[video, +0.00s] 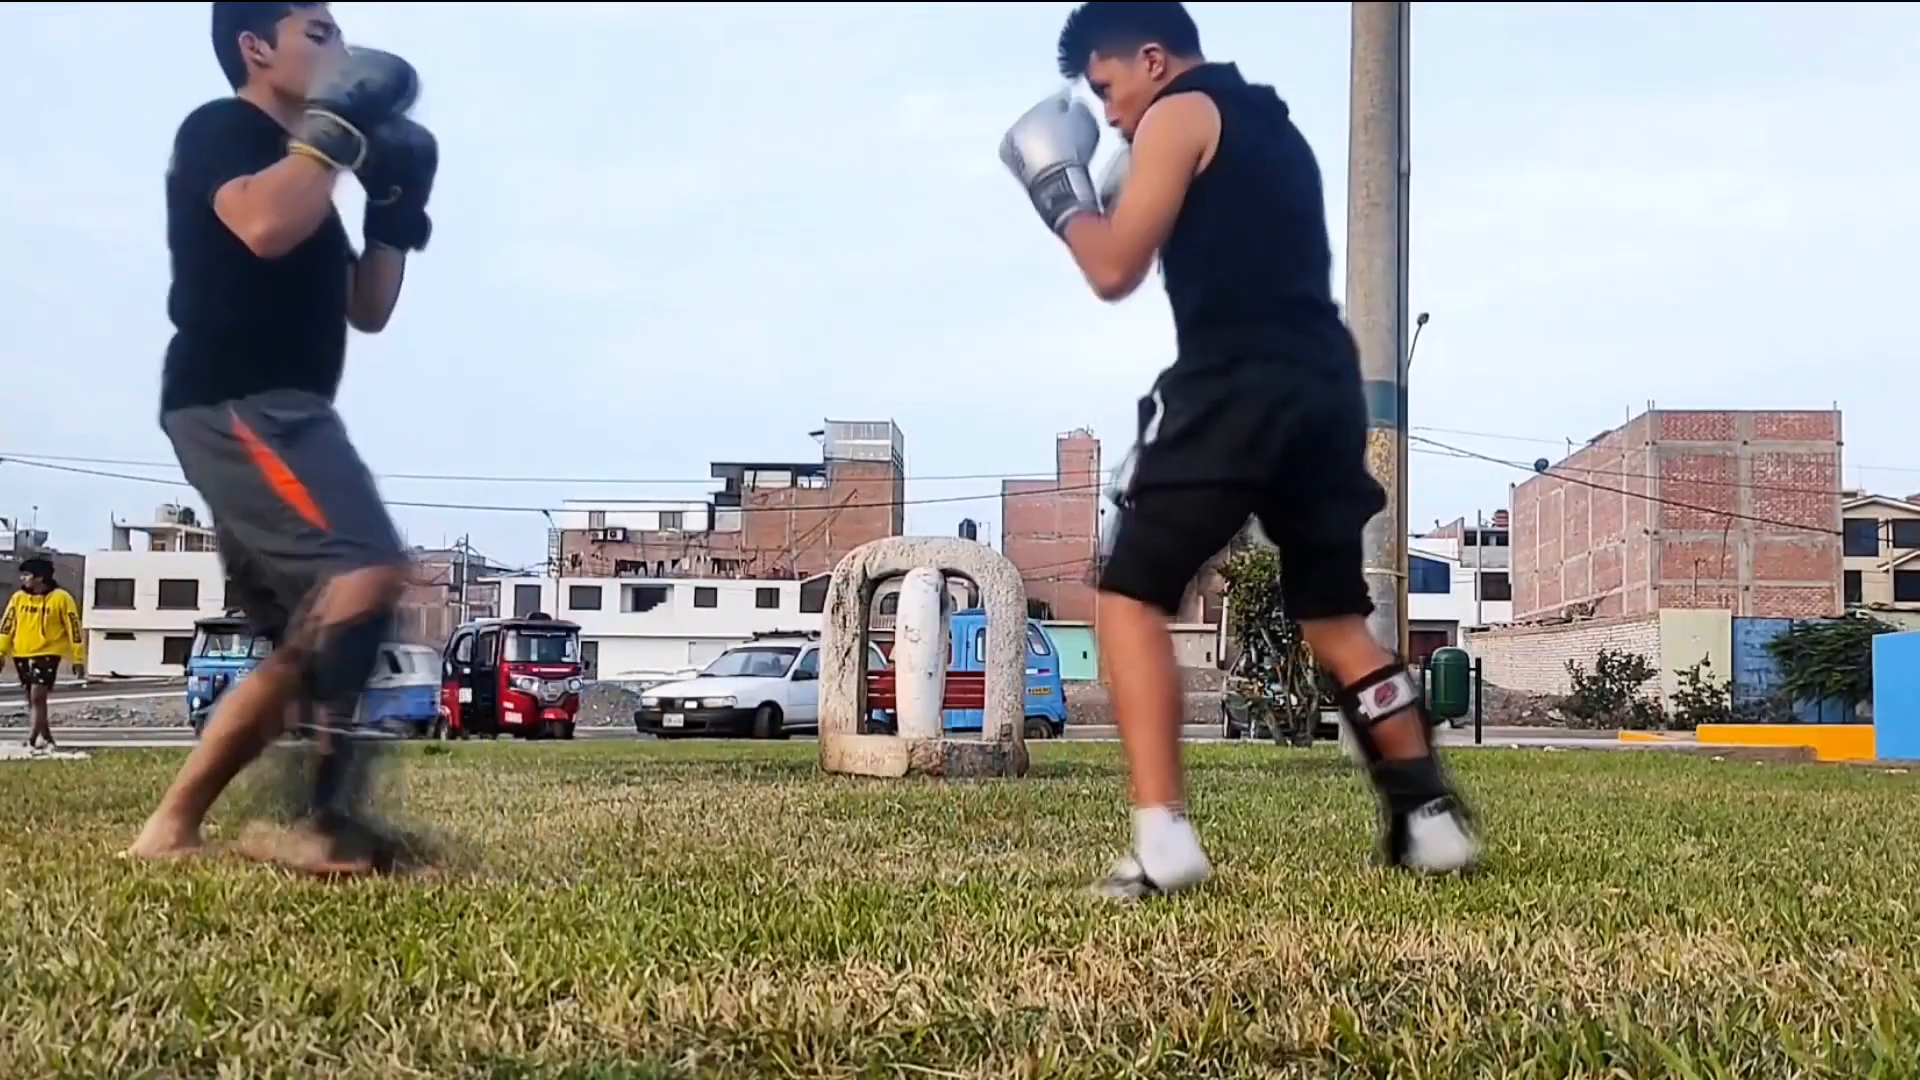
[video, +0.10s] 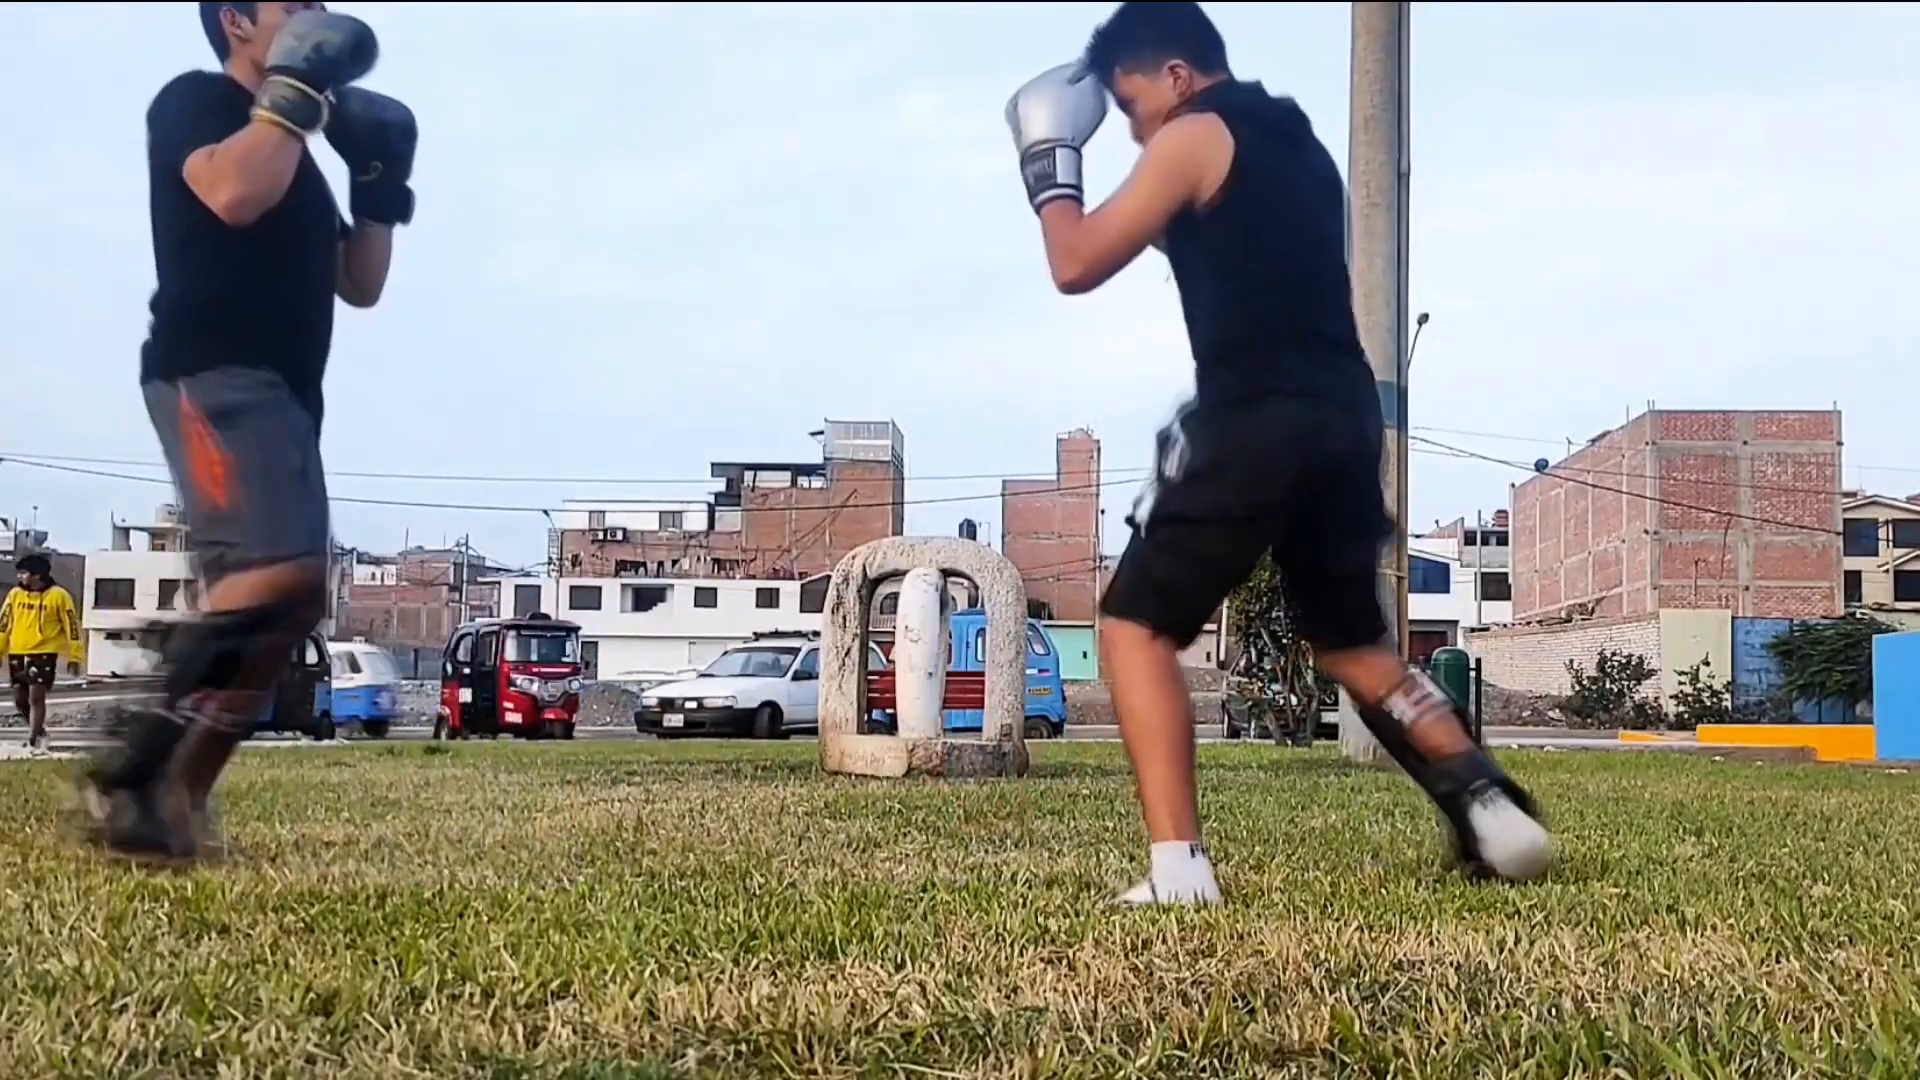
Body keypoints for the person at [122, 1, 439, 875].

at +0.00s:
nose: (339, 53)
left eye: (337, 37)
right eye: (317, 34)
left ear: (279, 54)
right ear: (255, 50)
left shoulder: (308, 160)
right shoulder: (219, 127)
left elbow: (369, 307)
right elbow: (265, 223)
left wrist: (395, 203)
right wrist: (338, 117)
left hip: (284, 403)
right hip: (239, 400)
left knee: (308, 642)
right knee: (363, 569)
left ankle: (170, 828)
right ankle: (325, 820)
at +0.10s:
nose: (311, 22)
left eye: (314, 11)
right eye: (291, 8)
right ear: (234, 21)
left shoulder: (302, 154)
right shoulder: (195, 97)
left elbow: (361, 284)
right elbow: (236, 193)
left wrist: (381, 178)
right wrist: (299, 84)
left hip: (282, 386)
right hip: (214, 372)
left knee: (287, 597)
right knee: (277, 570)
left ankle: (177, 803)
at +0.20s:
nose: (296, 20)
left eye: (300, 10)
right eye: (281, 5)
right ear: (223, 11)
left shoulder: (290, 147)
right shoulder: (174, 82)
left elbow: (343, 277)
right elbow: (203, 190)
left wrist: (366, 172)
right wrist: (270, 80)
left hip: (278, 399)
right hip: (189, 378)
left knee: (319, 584)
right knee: (160, 580)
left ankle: (209, 784)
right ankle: (24, 748)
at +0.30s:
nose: (285, 51)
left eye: (295, 36)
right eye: (269, 32)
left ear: (305, 55)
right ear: (208, 45)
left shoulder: (281, 179)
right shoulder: (148, 124)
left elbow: (342, 306)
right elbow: (167, 229)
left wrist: (354, 195)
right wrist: (240, 118)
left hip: (262, 433)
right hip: (150, 427)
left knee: (352, 585)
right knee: (80, 615)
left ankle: (231, 766)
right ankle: (1, 797)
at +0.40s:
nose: (293, 100)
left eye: (303, 87)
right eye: (275, 81)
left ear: (308, 103)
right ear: (215, 81)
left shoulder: (293, 216)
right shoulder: (143, 165)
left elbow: (353, 340)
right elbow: (136, 272)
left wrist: (366, 234)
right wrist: (211, 167)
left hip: (260, 460)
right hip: (144, 452)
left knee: (363, 602)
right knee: (85, 635)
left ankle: (307, 761)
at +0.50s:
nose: (324, 110)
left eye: (337, 97)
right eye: (309, 90)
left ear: (345, 107)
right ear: (256, 87)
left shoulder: (340, 215)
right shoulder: (181, 169)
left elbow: (398, 335)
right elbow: (155, 275)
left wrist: (405, 229)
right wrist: (222, 175)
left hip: (296, 455)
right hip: (181, 444)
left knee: (371, 617)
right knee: (85, 614)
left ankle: (345, 789)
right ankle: (0, 800)